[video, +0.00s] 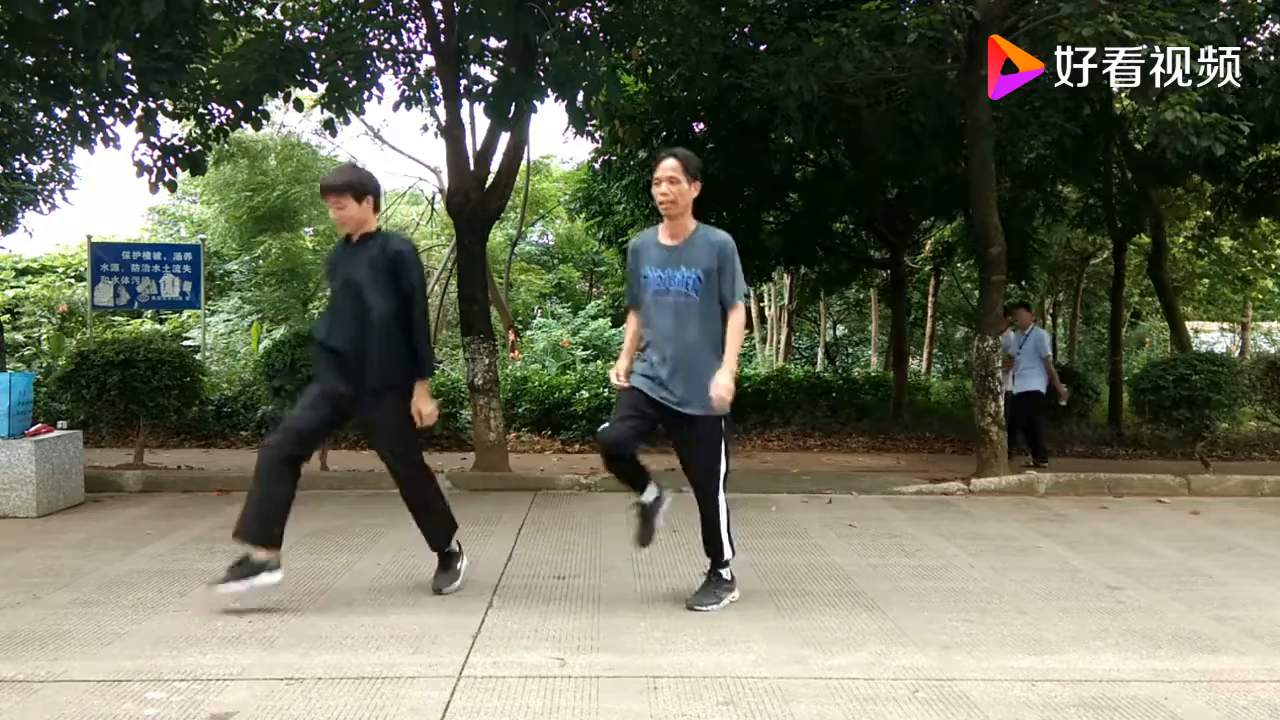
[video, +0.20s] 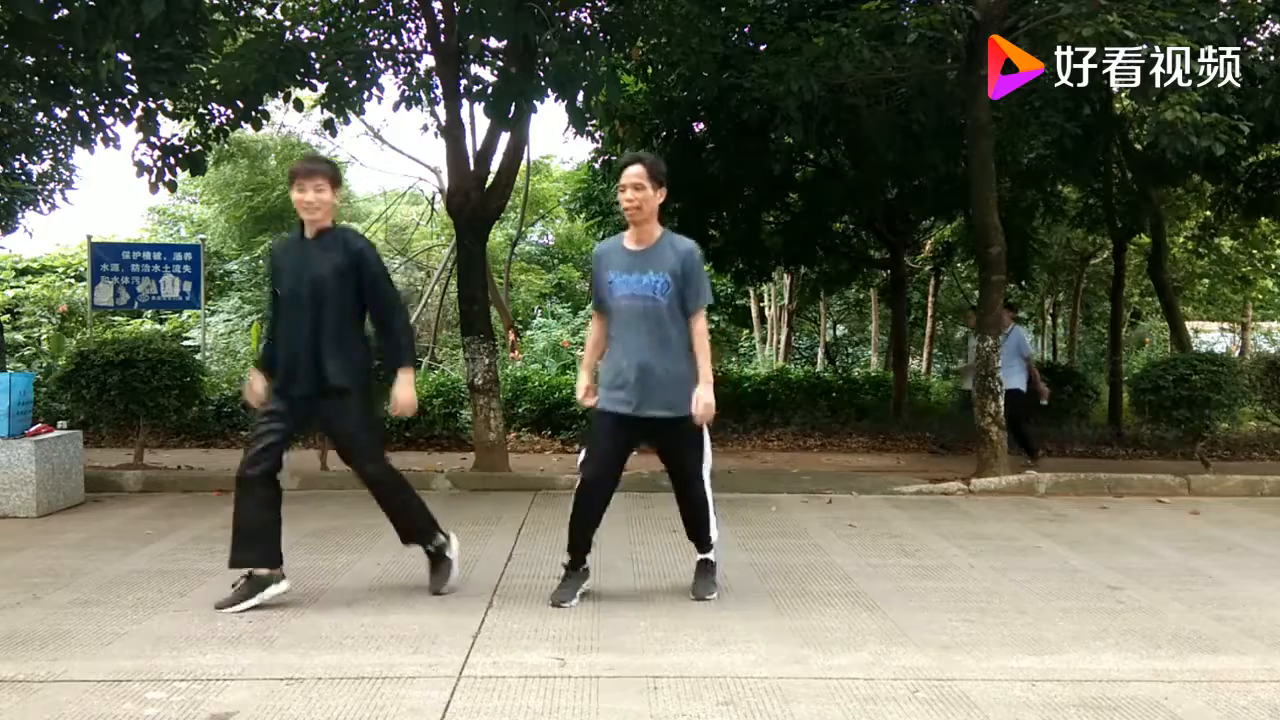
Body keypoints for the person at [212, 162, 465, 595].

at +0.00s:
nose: (334, 214)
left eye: (340, 205)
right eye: (330, 207)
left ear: (368, 202)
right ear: (334, 209)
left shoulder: (397, 250)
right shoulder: (339, 257)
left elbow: (418, 320)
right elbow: (345, 320)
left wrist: (422, 387)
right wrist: (331, 373)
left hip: (384, 384)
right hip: (337, 380)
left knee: (409, 468)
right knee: (280, 449)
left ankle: (448, 550)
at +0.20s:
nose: (311, 197)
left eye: (320, 188)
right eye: (302, 189)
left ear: (336, 194)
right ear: (292, 197)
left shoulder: (355, 248)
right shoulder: (281, 253)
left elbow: (391, 312)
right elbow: (278, 319)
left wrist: (404, 374)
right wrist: (262, 367)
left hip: (343, 384)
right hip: (289, 384)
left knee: (374, 470)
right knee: (255, 468)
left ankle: (436, 543)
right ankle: (266, 572)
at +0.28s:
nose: (301, 188)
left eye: (310, 179)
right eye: (292, 180)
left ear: (324, 185)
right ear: (280, 186)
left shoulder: (344, 236)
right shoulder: (266, 238)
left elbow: (402, 284)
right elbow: (244, 286)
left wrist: (402, 338)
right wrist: (216, 325)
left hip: (331, 371)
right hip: (277, 372)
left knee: (341, 458)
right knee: (259, 463)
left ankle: (415, 525)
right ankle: (251, 567)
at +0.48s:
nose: (272, 206)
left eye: (280, 198)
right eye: (263, 198)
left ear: (293, 205)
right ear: (249, 204)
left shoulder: (313, 252)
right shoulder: (233, 250)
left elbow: (387, 259)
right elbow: (181, 248)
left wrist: (369, 298)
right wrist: (151, 273)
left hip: (291, 380)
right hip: (241, 383)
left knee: (256, 451)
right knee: (238, 484)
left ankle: (346, 521)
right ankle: (238, 574)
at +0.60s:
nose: (257, 190)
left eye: (266, 181)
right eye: (248, 182)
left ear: (280, 186)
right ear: (235, 189)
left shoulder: (304, 241)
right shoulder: (219, 243)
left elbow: (355, 289)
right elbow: (189, 287)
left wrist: (336, 302)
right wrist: (152, 287)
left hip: (274, 372)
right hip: (227, 372)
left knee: (241, 450)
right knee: (225, 467)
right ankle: (245, 565)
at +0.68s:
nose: (252, 193)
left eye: (261, 184)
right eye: (243, 185)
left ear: (276, 189)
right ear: (230, 191)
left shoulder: (297, 245)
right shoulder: (213, 247)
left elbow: (329, 308)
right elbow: (199, 306)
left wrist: (315, 310)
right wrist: (156, 303)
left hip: (270, 377)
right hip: (221, 376)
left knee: (242, 469)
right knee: (213, 474)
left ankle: (218, 574)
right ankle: (262, 558)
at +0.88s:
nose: (227, 200)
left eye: (237, 193)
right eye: (222, 192)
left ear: (261, 201)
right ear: (215, 200)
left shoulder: (282, 259)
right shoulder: (200, 257)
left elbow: (323, 317)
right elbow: (178, 313)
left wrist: (296, 318)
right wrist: (134, 316)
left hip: (253, 395)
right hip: (206, 393)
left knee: (216, 486)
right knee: (215, 487)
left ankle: (199, 590)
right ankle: (268, 573)